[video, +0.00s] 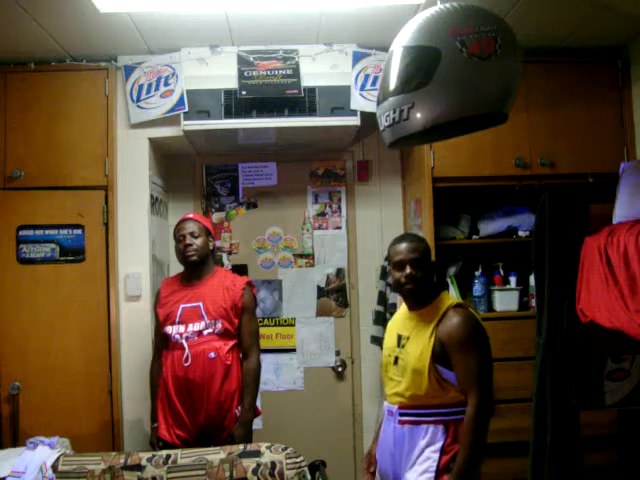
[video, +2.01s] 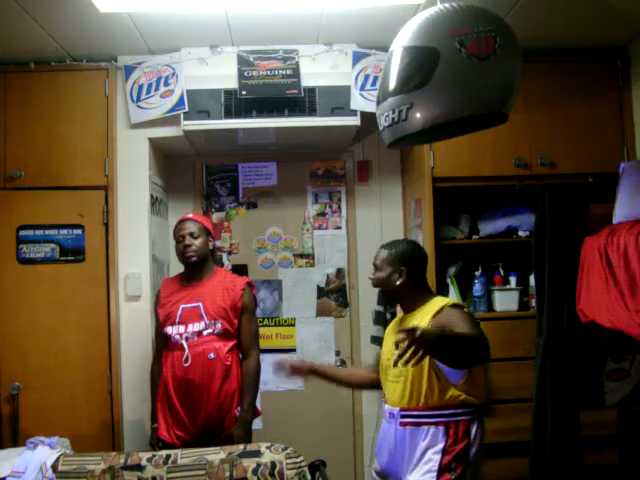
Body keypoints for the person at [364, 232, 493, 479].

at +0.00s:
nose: (409, 273)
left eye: (417, 264)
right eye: (399, 267)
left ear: (431, 267)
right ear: (390, 274)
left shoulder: (457, 323)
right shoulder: (400, 316)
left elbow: (478, 401)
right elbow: (397, 391)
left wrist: (460, 471)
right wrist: (376, 443)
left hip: (434, 439)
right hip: (392, 436)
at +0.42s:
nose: (405, 276)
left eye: (414, 268)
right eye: (397, 270)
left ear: (430, 272)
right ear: (388, 277)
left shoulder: (457, 323)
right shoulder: (400, 323)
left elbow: (482, 396)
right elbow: (397, 394)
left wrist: (444, 460)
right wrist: (371, 441)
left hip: (434, 443)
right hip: (393, 441)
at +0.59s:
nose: (409, 271)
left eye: (417, 264)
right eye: (400, 265)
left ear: (431, 268)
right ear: (390, 273)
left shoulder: (455, 314)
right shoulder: (396, 321)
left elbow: (475, 370)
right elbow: (393, 391)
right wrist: (370, 437)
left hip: (440, 434)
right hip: (394, 434)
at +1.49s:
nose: (407, 271)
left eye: (416, 263)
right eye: (398, 265)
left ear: (429, 269)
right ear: (389, 274)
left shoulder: (453, 311)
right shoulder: (396, 324)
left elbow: (469, 357)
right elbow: (393, 393)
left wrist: (442, 333)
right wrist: (361, 437)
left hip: (441, 435)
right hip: (395, 436)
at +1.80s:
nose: (376, 274)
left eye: (384, 266)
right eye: (379, 266)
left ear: (407, 275)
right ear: (405, 276)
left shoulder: (454, 314)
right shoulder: (397, 325)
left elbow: (468, 341)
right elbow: (390, 389)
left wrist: (440, 319)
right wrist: (343, 417)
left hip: (438, 443)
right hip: (393, 440)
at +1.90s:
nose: (375, 275)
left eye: (381, 267)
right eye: (376, 267)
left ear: (404, 271)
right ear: (401, 271)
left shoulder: (450, 311)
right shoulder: (395, 324)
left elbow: (472, 347)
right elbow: (384, 388)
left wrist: (436, 328)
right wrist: (331, 394)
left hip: (438, 437)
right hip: (395, 435)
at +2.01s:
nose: (371, 276)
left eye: (377, 269)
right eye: (373, 268)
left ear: (400, 276)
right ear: (398, 278)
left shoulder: (447, 312)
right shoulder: (396, 323)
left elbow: (479, 350)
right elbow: (377, 376)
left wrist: (433, 340)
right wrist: (314, 369)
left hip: (440, 437)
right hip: (397, 434)